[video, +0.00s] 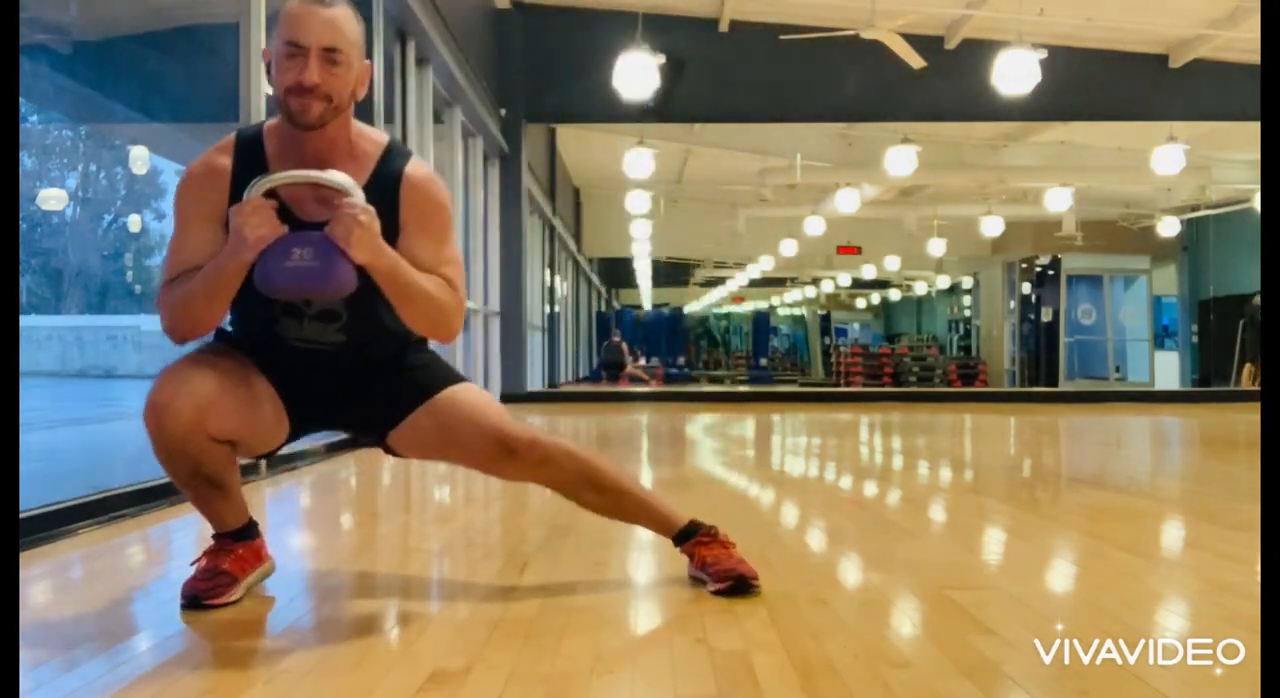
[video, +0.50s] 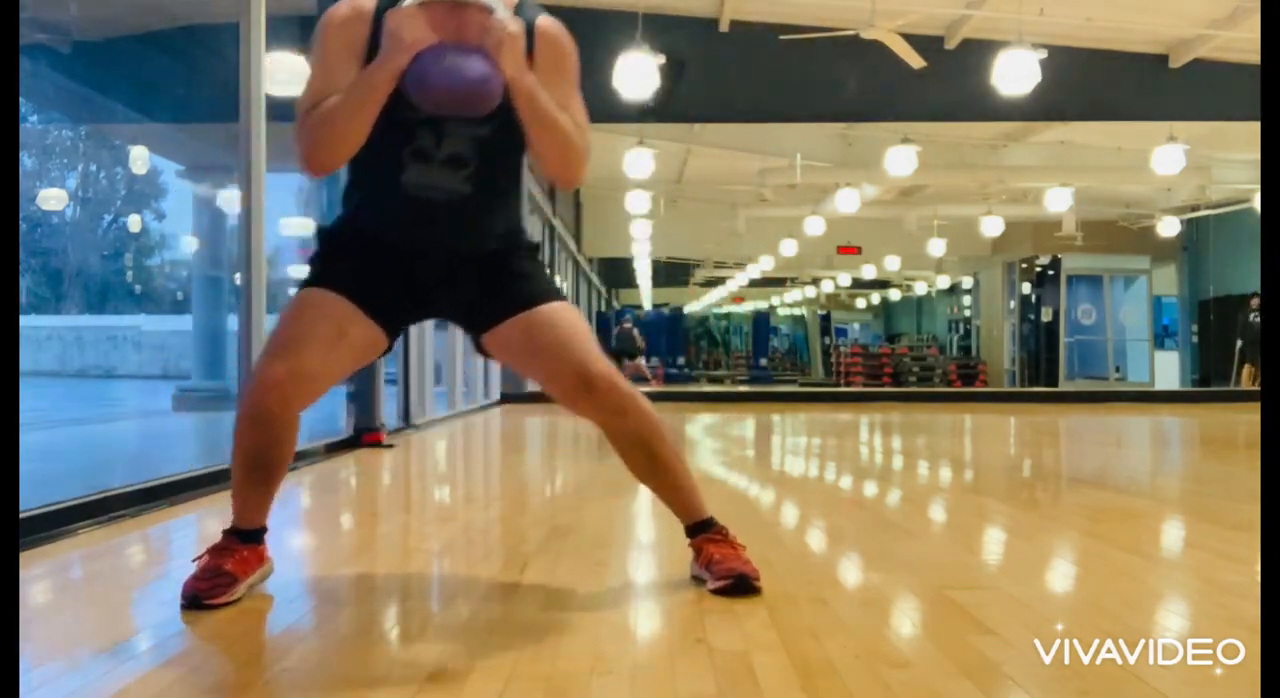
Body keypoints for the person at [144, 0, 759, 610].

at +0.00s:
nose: (305, 74)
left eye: (328, 57)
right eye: (290, 53)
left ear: (362, 74)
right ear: (269, 62)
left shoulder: (411, 183)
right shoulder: (216, 174)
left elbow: (443, 321)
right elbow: (180, 322)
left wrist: (374, 253)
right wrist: (234, 255)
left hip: (387, 372)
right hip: (268, 370)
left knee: (518, 447)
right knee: (173, 406)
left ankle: (690, 535)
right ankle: (237, 541)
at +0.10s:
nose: (321, 43)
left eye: (344, 29)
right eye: (306, 25)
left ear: (377, 47)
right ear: (283, 38)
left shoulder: (422, 156)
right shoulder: (233, 147)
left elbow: (457, 293)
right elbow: (191, 294)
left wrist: (385, 219)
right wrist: (251, 221)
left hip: (399, 354)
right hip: (280, 350)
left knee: (530, 436)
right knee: (190, 401)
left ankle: (694, 536)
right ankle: (240, 541)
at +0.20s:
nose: (348, 12)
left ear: (404, 16)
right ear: (310, 13)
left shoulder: (446, 131)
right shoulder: (255, 118)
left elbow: (475, 269)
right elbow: (213, 261)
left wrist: (406, 179)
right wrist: (275, 178)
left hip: (416, 332)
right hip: (297, 331)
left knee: (544, 426)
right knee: (206, 398)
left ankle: (699, 537)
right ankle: (238, 541)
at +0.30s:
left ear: (425, 2)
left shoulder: (470, 100)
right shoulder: (281, 85)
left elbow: (501, 238)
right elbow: (239, 227)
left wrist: (439, 144)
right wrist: (309, 135)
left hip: (431, 309)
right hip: (315, 306)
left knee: (555, 415)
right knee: (225, 398)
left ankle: (701, 536)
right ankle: (240, 541)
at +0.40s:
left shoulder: (504, 69)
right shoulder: (314, 50)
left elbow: (529, 205)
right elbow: (271, 189)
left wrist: (469, 99)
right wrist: (347, 95)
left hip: (459, 285)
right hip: (337, 281)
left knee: (572, 398)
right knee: (246, 395)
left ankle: (704, 536)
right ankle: (241, 540)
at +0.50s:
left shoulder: (541, 38)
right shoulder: (356, 22)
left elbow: (567, 168)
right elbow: (317, 153)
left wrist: (513, 70)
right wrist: (393, 57)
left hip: (492, 262)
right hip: (371, 261)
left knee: (598, 384)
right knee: (268, 393)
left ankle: (707, 535)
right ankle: (242, 543)